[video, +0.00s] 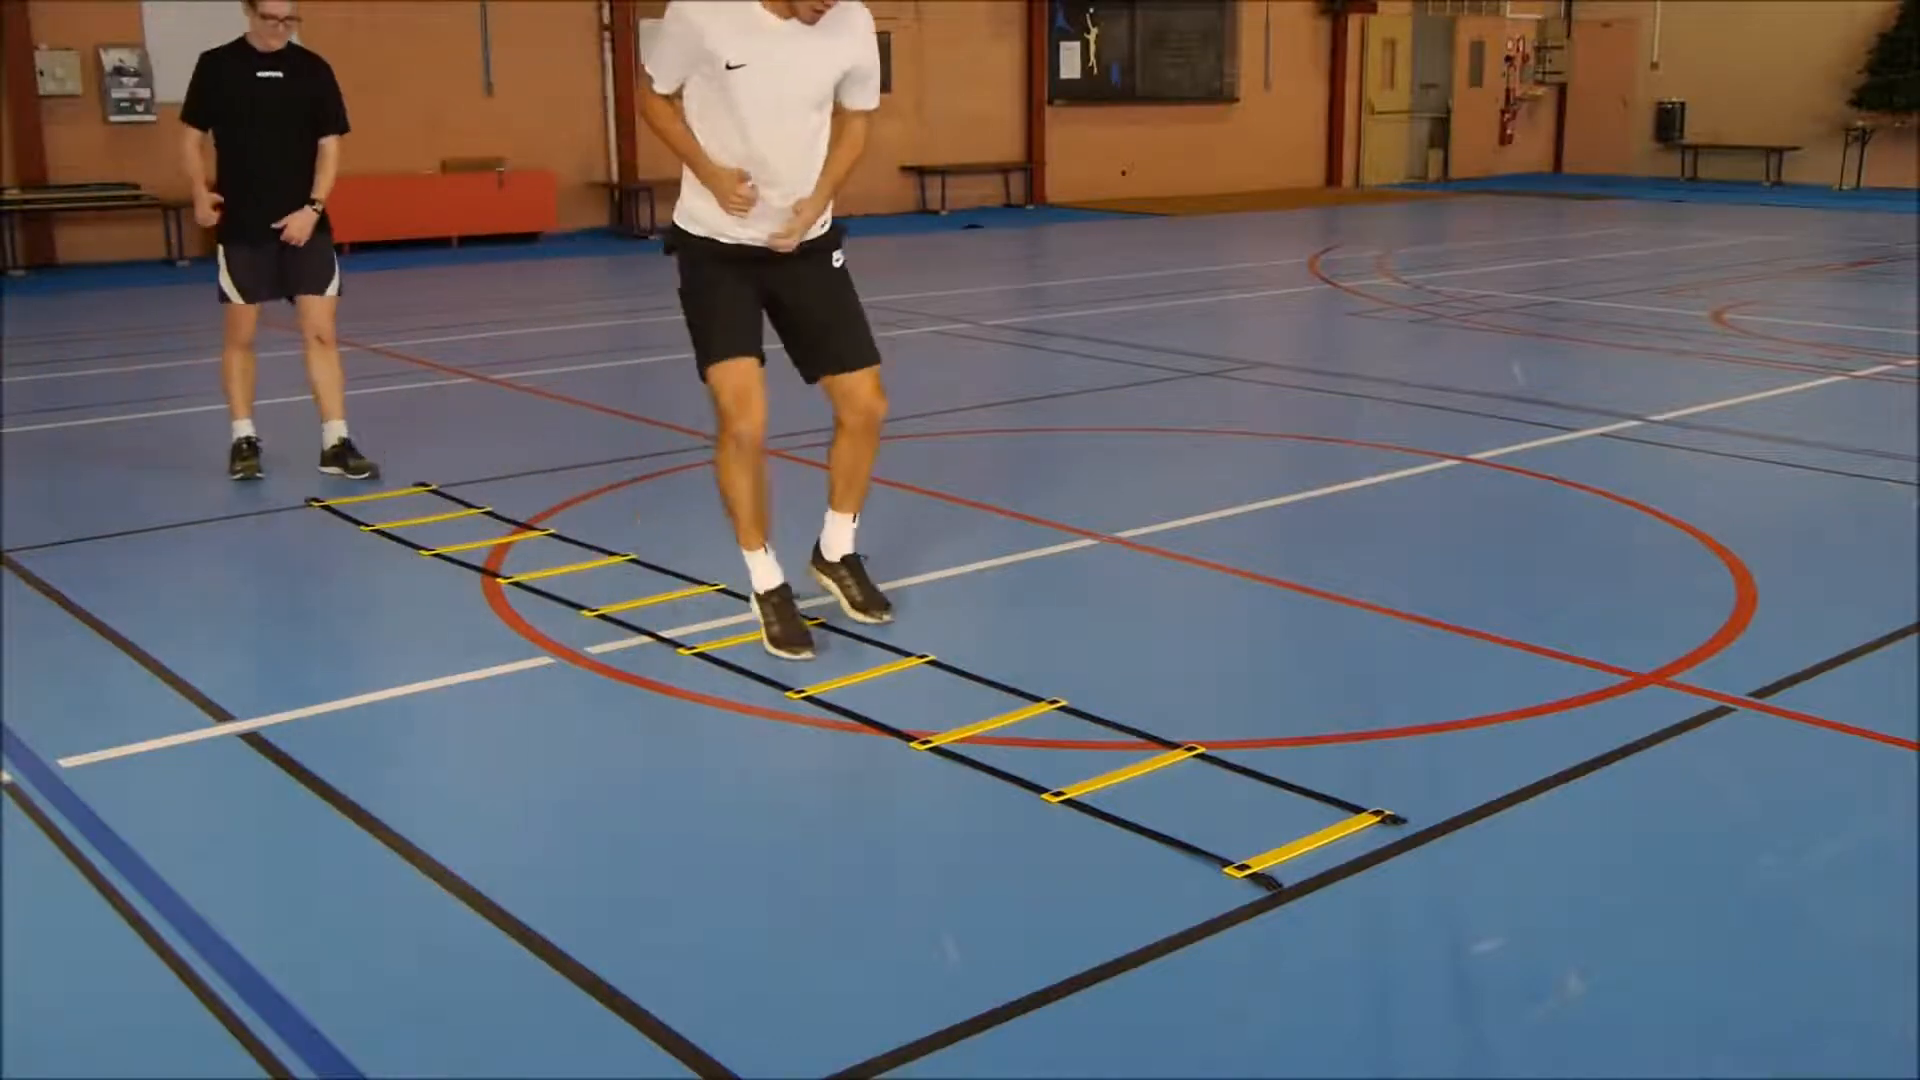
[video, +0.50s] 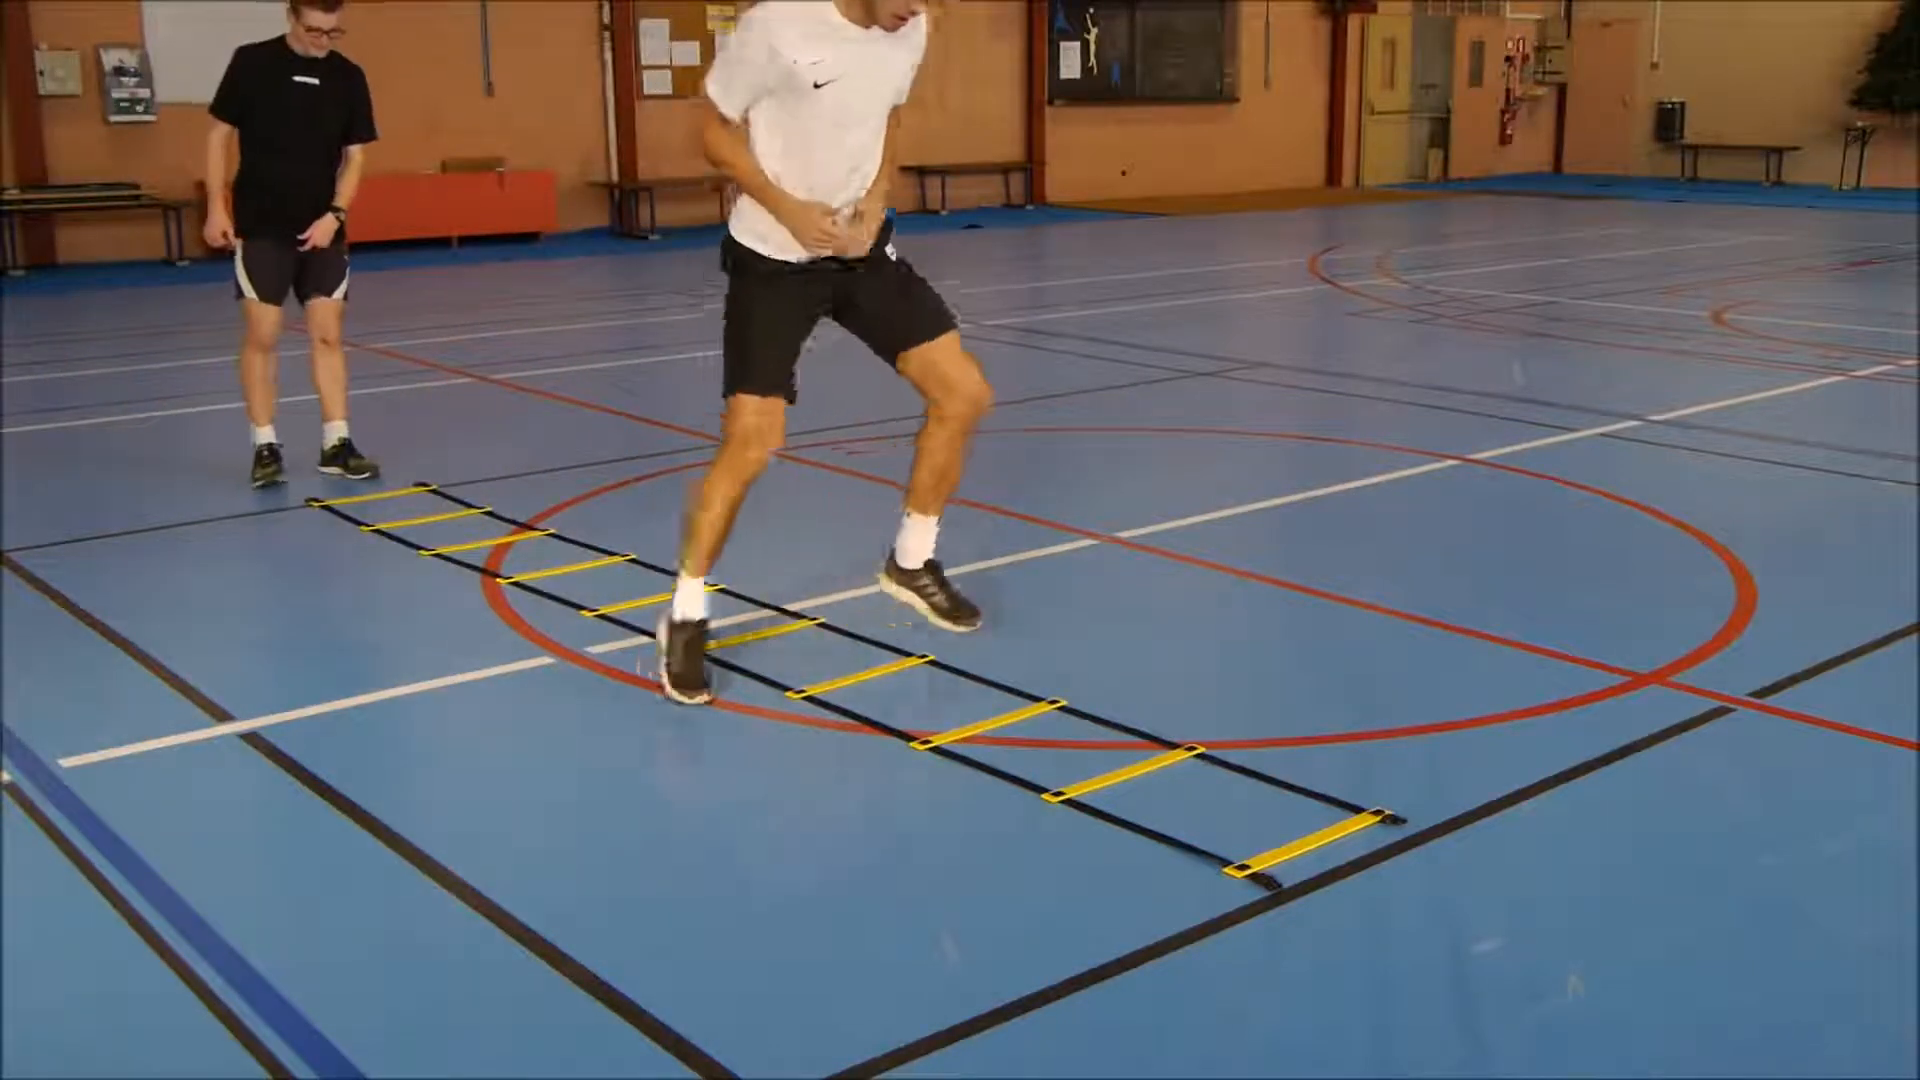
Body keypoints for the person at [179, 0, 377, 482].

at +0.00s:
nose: (280, 29)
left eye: (289, 20)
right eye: (270, 19)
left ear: (298, 16)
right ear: (249, 13)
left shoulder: (315, 69)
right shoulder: (215, 66)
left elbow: (330, 148)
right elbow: (192, 136)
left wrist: (314, 209)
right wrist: (199, 189)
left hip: (304, 221)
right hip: (242, 225)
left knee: (322, 334)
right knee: (240, 336)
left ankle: (336, 442)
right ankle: (244, 439)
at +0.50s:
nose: (321, 40)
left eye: (331, 31)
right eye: (313, 30)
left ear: (340, 23)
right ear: (291, 16)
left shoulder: (349, 77)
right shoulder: (251, 62)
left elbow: (354, 158)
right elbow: (219, 134)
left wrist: (336, 214)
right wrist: (216, 208)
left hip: (322, 224)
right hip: (261, 225)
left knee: (328, 334)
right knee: (263, 335)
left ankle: (337, 444)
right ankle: (265, 446)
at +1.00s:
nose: (302, 51)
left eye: (311, 41)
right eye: (292, 42)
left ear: (320, 28)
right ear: (267, 29)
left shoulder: (327, 71)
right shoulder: (229, 74)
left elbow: (338, 141)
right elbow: (206, 156)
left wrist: (332, 185)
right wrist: (222, 226)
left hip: (318, 224)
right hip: (257, 230)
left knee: (334, 335)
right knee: (262, 341)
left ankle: (336, 448)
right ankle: (269, 450)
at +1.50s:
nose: (325, 34)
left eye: (334, 24)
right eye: (315, 23)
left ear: (343, 18)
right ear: (293, 14)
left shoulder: (358, 69)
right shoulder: (258, 65)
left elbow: (375, 137)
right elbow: (231, 145)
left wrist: (368, 153)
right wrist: (254, 212)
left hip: (337, 225)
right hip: (278, 226)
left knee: (341, 337)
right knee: (277, 338)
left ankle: (337, 447)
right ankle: (274, 447)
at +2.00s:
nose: (325, 75)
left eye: (333, 67)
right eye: (317, 67)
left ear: (343, 53)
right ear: (295, 46)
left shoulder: (351, 80)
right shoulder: (251, 83)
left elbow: (360, 133)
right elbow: (220, 149)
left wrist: (346, 151)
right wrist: (258, 214)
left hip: (330, 228)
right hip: (270, 231)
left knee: (341, 338)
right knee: (274, 342)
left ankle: (336, 447)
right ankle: (274, 448)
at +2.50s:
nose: (368, 77)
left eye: (376, 68)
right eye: (360, 68)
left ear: (385, 55)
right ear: (336, 48)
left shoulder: (387, 83)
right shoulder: (286, 81)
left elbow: (390, 140)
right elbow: (242, 141)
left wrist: (381, 148)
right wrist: (292, 197)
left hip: (357, 222)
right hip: (301, 225)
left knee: (364, 340)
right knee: (337, 326)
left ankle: (335, 432)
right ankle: (346, 442)